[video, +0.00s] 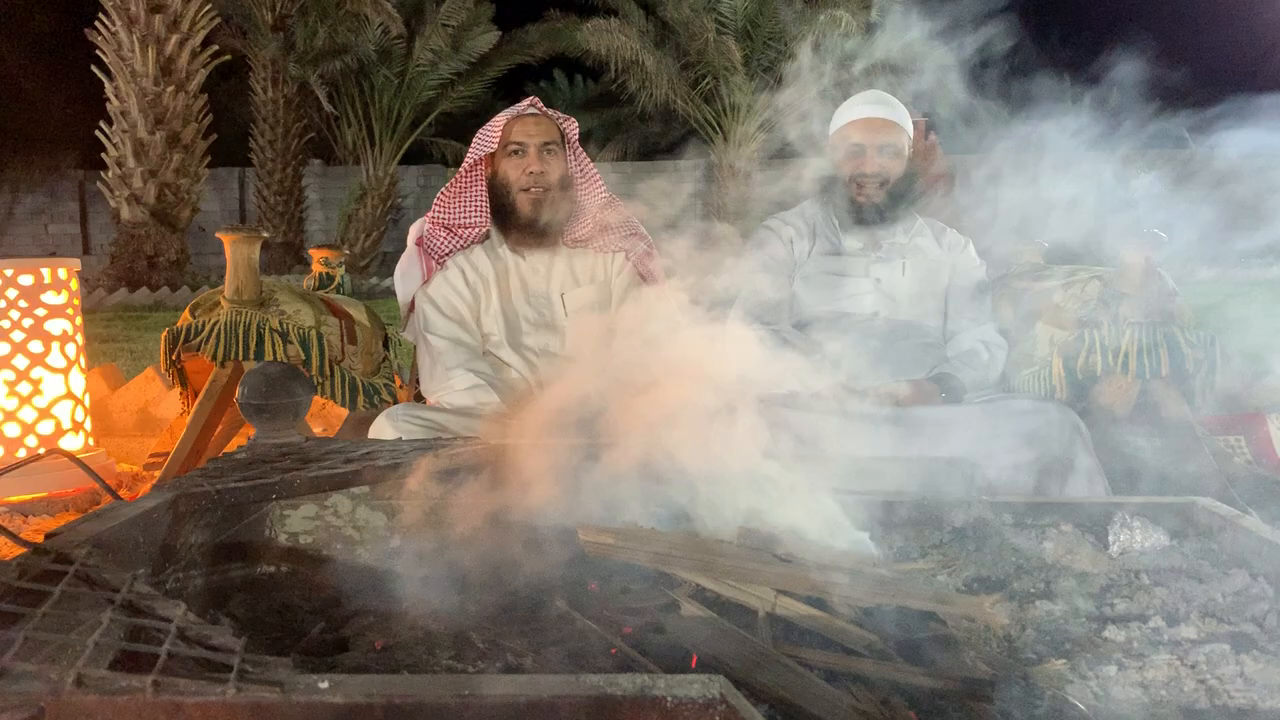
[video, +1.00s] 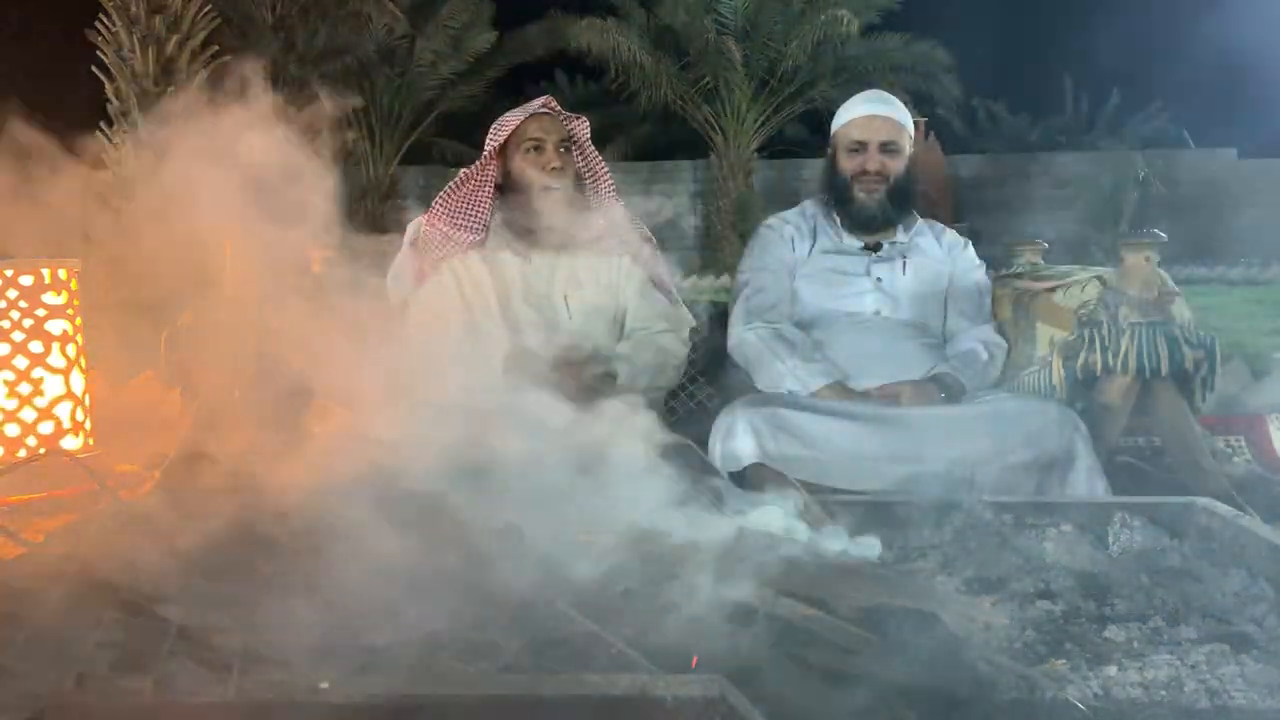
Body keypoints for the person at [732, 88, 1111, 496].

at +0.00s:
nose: (869, 167)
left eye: (886, 153)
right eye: (855, 152)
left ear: (909, 162)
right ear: (833, 155)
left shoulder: (951, 249)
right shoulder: (788, 235)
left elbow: (983, 350)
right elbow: (748, 339)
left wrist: (931, 390)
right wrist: (817, 388)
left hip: (930, 421)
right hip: (822, 417)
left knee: (1053, 426)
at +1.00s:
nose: (872, 165)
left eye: (889, 150)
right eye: (856, 150)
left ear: (911, 160)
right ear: (833, 158)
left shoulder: (951, 248)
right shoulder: (786, 234)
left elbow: (980, 343)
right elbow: (754, 330)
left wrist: (936, 388)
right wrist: (832, 395)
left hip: (937, 417)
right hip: (825, 416)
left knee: (1057, 429)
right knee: (742, 425)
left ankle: (1085, 565)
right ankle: (829, 550)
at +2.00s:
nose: (871, 168)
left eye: (889, 152)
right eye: (856, 151)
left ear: (911, 162)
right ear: (832, 155)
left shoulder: (952, 249)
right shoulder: (784, 236)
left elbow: (980, 344)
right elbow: (755, 335)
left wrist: (937, 389)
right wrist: (837, 398)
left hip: (934, 419)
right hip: (817, 415)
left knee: (1055, 426)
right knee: (736, 428)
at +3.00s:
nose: (871, 167)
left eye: (888, 152)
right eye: (857, 151)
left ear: (912, 162)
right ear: (834, 158)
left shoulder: (951, 249)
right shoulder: (785, 237)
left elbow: (980, 343)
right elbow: (758, 335)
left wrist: (938, 390)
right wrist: (835, 396)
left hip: (934, 420)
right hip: (823, 417)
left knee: (1053, 425)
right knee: (741, 428)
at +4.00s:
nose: (838, 166)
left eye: (859, 151)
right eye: (832, 149)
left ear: (903, 164)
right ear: (823, 152)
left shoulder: (953, 250)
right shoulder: (783, 237)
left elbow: (981, 343)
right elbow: (762, 331)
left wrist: (938, 387)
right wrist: (833, 395)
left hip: (940, 418)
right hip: (828, 418)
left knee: (1054, 426)